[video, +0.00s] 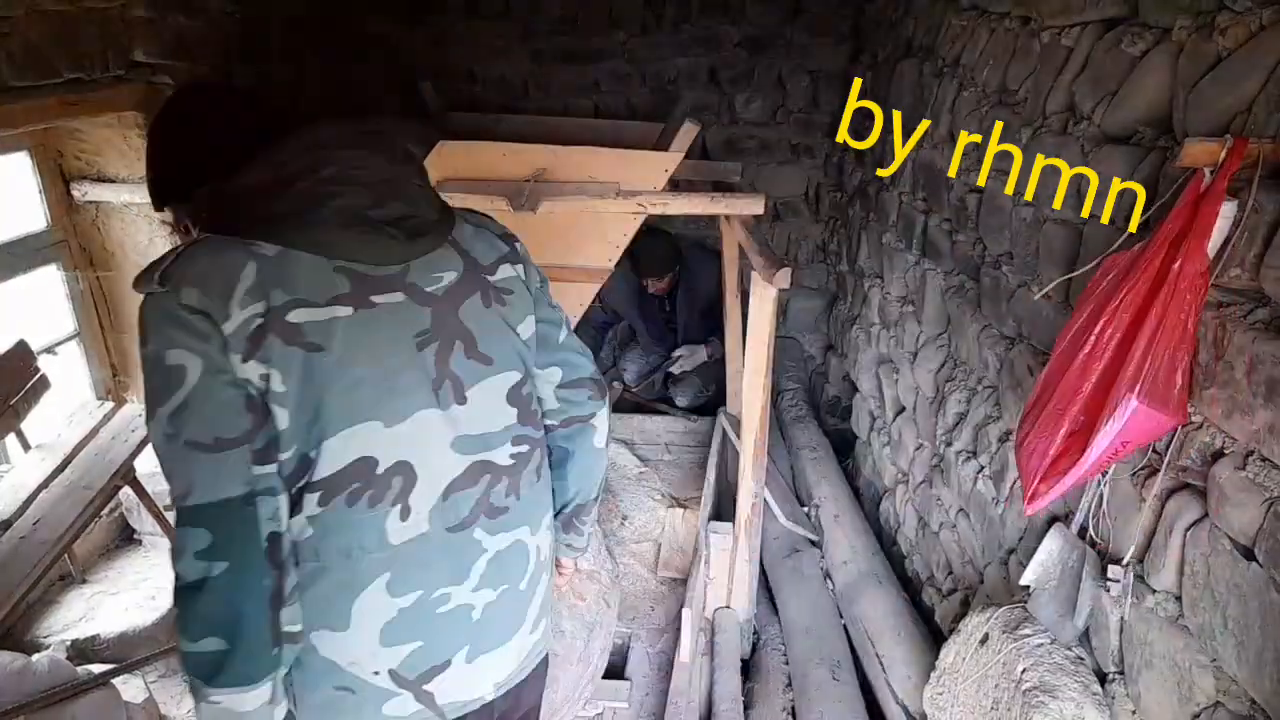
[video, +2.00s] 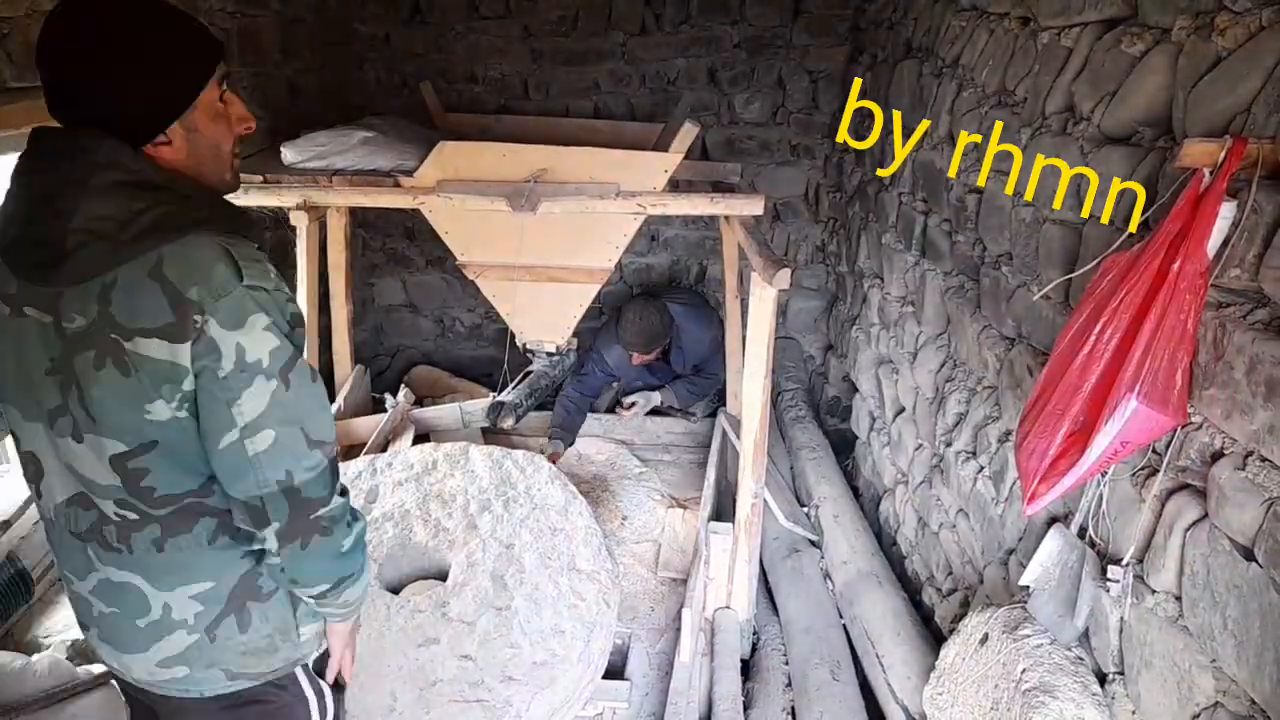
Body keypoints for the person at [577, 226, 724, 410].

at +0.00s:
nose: (651, 289)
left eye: (658, 281)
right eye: (645, 281)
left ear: (675, 272)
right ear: (638, 274)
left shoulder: (708, 277)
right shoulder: (621, 286)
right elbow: (590, 328)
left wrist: (708, 351)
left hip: (699, 347)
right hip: (655, 343)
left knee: (686, 395)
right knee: (632, 375)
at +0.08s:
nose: (658, 292)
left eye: (666, 284)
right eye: (652, 285)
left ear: (679, 272)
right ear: (640, 277)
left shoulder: (708, 268)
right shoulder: (622, 286)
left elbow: (730, 325)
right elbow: (596, 338)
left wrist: (698, 357)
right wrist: (593, 396)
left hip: (700, 347)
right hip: (654, 348)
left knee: (697, 405)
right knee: (636, 399)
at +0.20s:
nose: (666, 308)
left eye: (673, 302)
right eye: (660, 301)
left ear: (688, 291)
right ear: (648, 288)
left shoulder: (710, 289)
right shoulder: (626, 285)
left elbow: (712, 348)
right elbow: (592, 316)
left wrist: (672, 377)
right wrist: (606, 346)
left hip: (692, 357)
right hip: (645, 357)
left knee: (699, 407)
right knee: (637, 405)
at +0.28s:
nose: (652, 328)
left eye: (662, 322)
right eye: (648, 319)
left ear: (681, 314)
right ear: (640, 306)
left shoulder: (709, 309)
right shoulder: (619, 308)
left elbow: (707, 364)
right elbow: (600, 352)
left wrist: (663, 392)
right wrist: (610, 389)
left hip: (685, 364)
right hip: (639, 363)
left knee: (700, 408)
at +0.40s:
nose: (643, 345)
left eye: (653, 339)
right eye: (640, 336)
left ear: (675, 329)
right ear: (633, 322)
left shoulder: (709, 324)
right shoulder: (617, 335)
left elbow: (711, 373)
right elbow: (591, 390)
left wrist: (664, 400)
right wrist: (565, 448)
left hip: (692, 366)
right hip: (647, 370)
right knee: (635, 399)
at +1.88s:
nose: (634, 361)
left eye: (643, 356)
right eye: (628, 353)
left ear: (662, 345)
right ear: (621, 341)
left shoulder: (702, 341)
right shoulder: (606, 354)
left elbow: (710, 378)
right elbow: (579, 400)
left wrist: (658, 399)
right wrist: (556, 455)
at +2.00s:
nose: (636, 360)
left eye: (644, 354)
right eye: (630, 352)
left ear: (662, 345)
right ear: (622, 339)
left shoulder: (703, 339)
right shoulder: (608, 352)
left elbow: (710, 379)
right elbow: (576, 394)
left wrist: (658, 398)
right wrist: (557, 443)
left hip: (687, 369)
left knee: (698, 407)